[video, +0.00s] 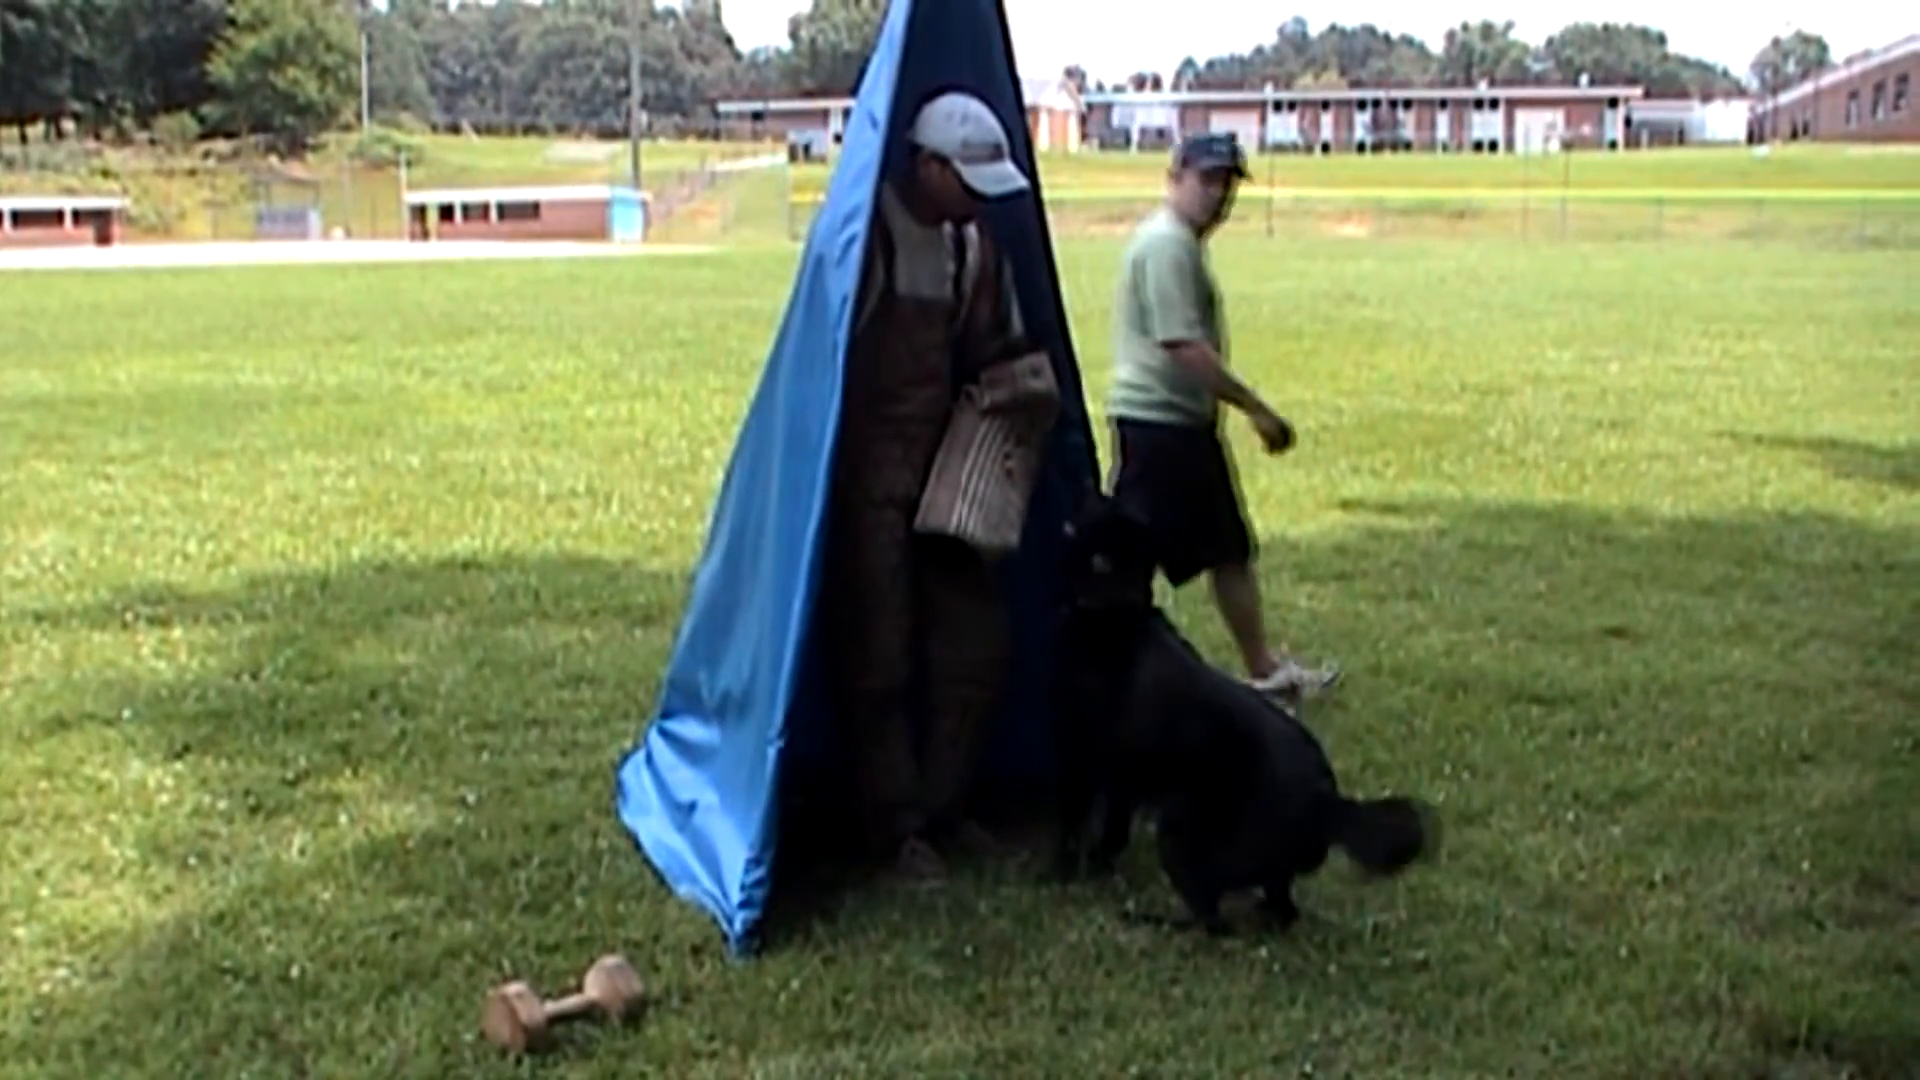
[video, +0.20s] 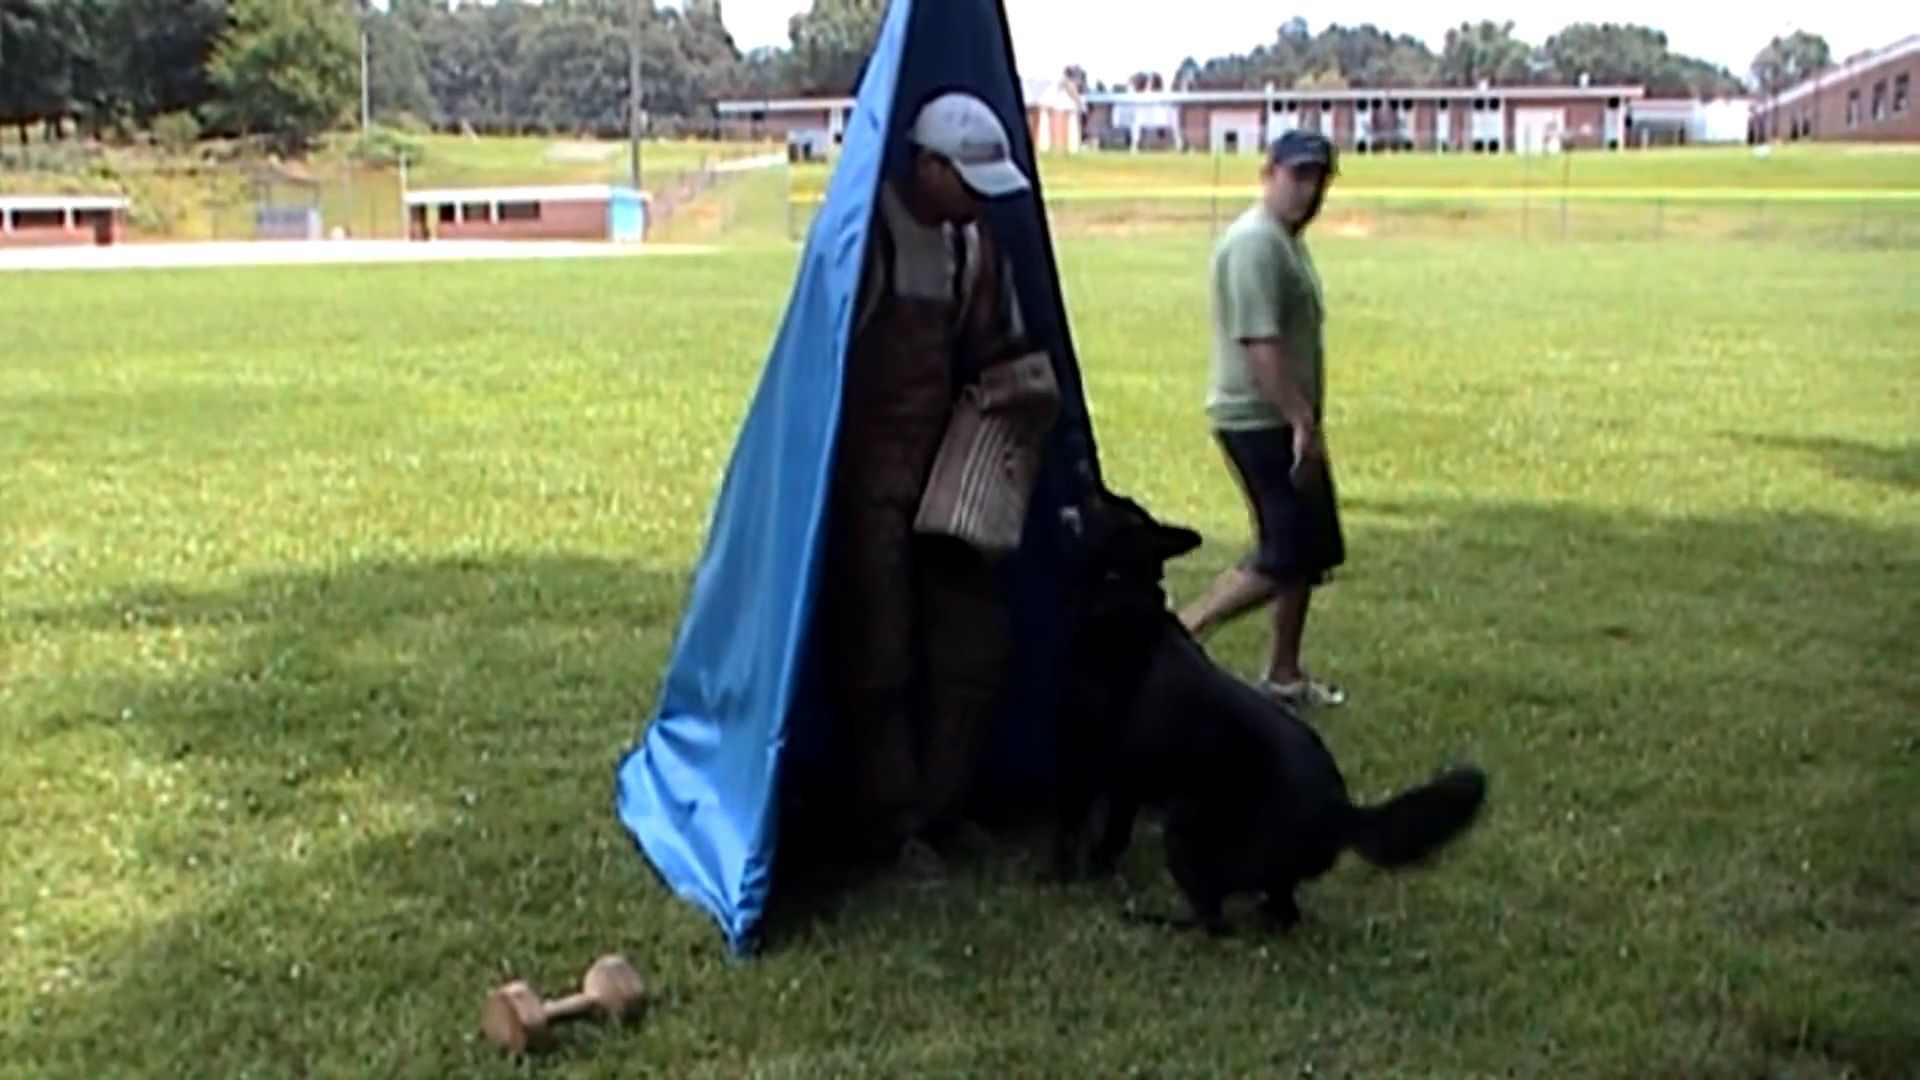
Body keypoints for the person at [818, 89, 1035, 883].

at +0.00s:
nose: (976, 200)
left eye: (983, 186)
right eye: (966, 183)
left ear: (975, 175)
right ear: (922, 164)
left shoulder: (978, 251)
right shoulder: (857, 243)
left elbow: (1004, 361)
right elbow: (819, 366)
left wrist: (1025, 381)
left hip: (956, 485)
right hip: (869, 486)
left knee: (968, 645)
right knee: (882, 658)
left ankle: (947, 811)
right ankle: (894, 830)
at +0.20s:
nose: (977, 201)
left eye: (983, 187)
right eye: (967, 184)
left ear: (976, 176)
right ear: (923, 164)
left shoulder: (978, 251)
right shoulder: (858, 243)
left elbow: (1005, 361)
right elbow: (820, 366)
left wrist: (1025, 381)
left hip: (957, 485)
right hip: (869, 486)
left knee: (967, 646)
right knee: (883, 658)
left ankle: (948, 811)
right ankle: (893, 829)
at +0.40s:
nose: (976, 201)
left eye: (983, 187)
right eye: (967, 183)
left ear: (976, 175)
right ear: (924, 165)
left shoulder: (978, 249)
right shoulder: (861, 241)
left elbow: (996, 358)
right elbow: (821, 364)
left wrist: (1026, 376)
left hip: (958, 476)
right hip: (871, 478)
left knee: (967, 640)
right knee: (884, 652)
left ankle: (950, 812)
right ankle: (895, 829)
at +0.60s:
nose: (975, 202)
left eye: (982, 188)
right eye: (966, 185)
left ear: (976, 177)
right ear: (923, 166)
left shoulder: (979, 250)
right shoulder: (859, 244)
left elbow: (1002, 359)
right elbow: (820, 368)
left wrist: (1022, 382)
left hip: (958, 480)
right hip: (870, 482)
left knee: (964, 644)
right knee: (884, 655)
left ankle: (948, 811)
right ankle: (895, 829)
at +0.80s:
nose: (974, 201)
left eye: (981, 187)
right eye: (965, 184)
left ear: (976, 176)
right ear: (923, 165)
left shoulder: (978, 248)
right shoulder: (859, 243)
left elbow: (998, 358)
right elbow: (818, 365)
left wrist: (1023, 380)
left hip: (957, 478)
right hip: (869, 479)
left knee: (966, 641)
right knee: (883, 654)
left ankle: (945, 812)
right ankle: (896, 830)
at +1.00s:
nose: (973, 200)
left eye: (981, 186)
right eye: (964, 183)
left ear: (976, 175)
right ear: (923, 165)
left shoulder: (978, 248)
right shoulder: (860, 243)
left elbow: (1002, 359)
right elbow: (820, 366)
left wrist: (1022, 384)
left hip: (957, 482)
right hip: (870, 483)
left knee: (966, 644)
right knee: (883, 656)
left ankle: (946, 811)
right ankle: (894, 829)